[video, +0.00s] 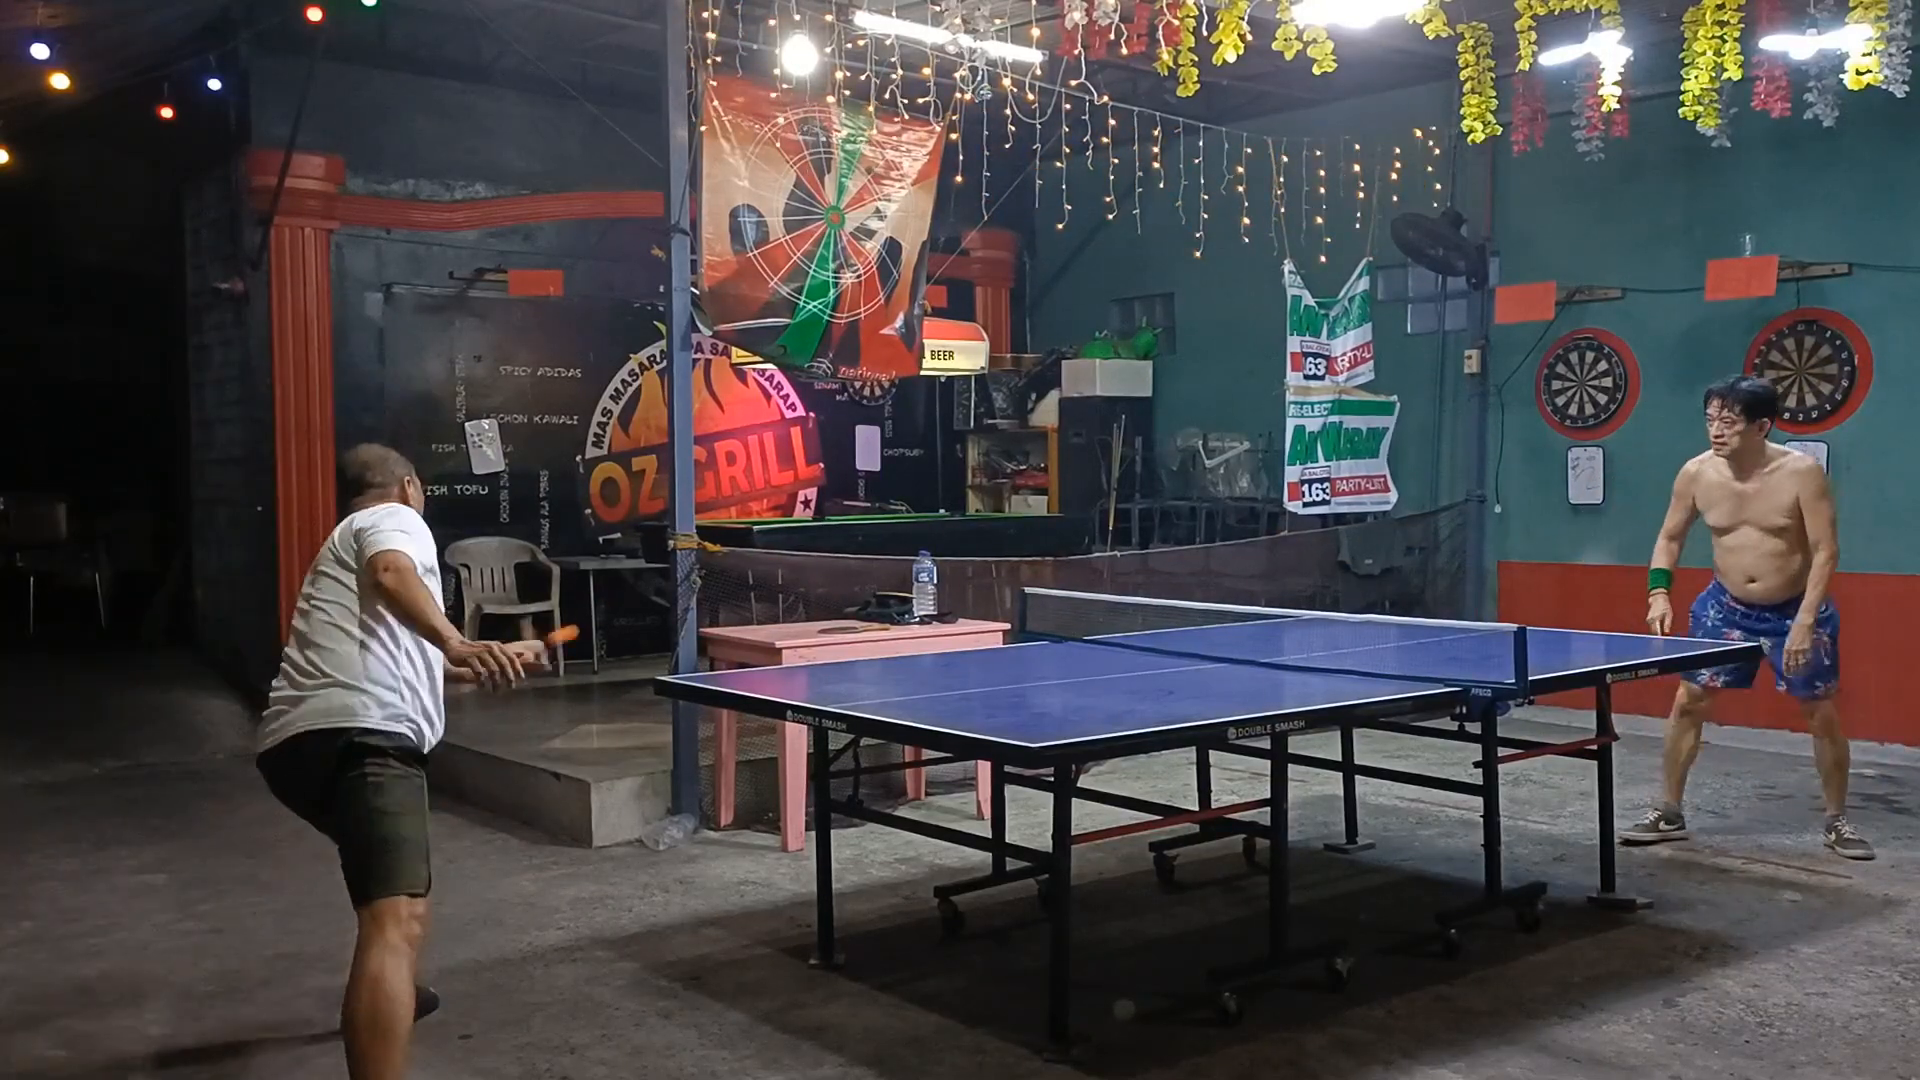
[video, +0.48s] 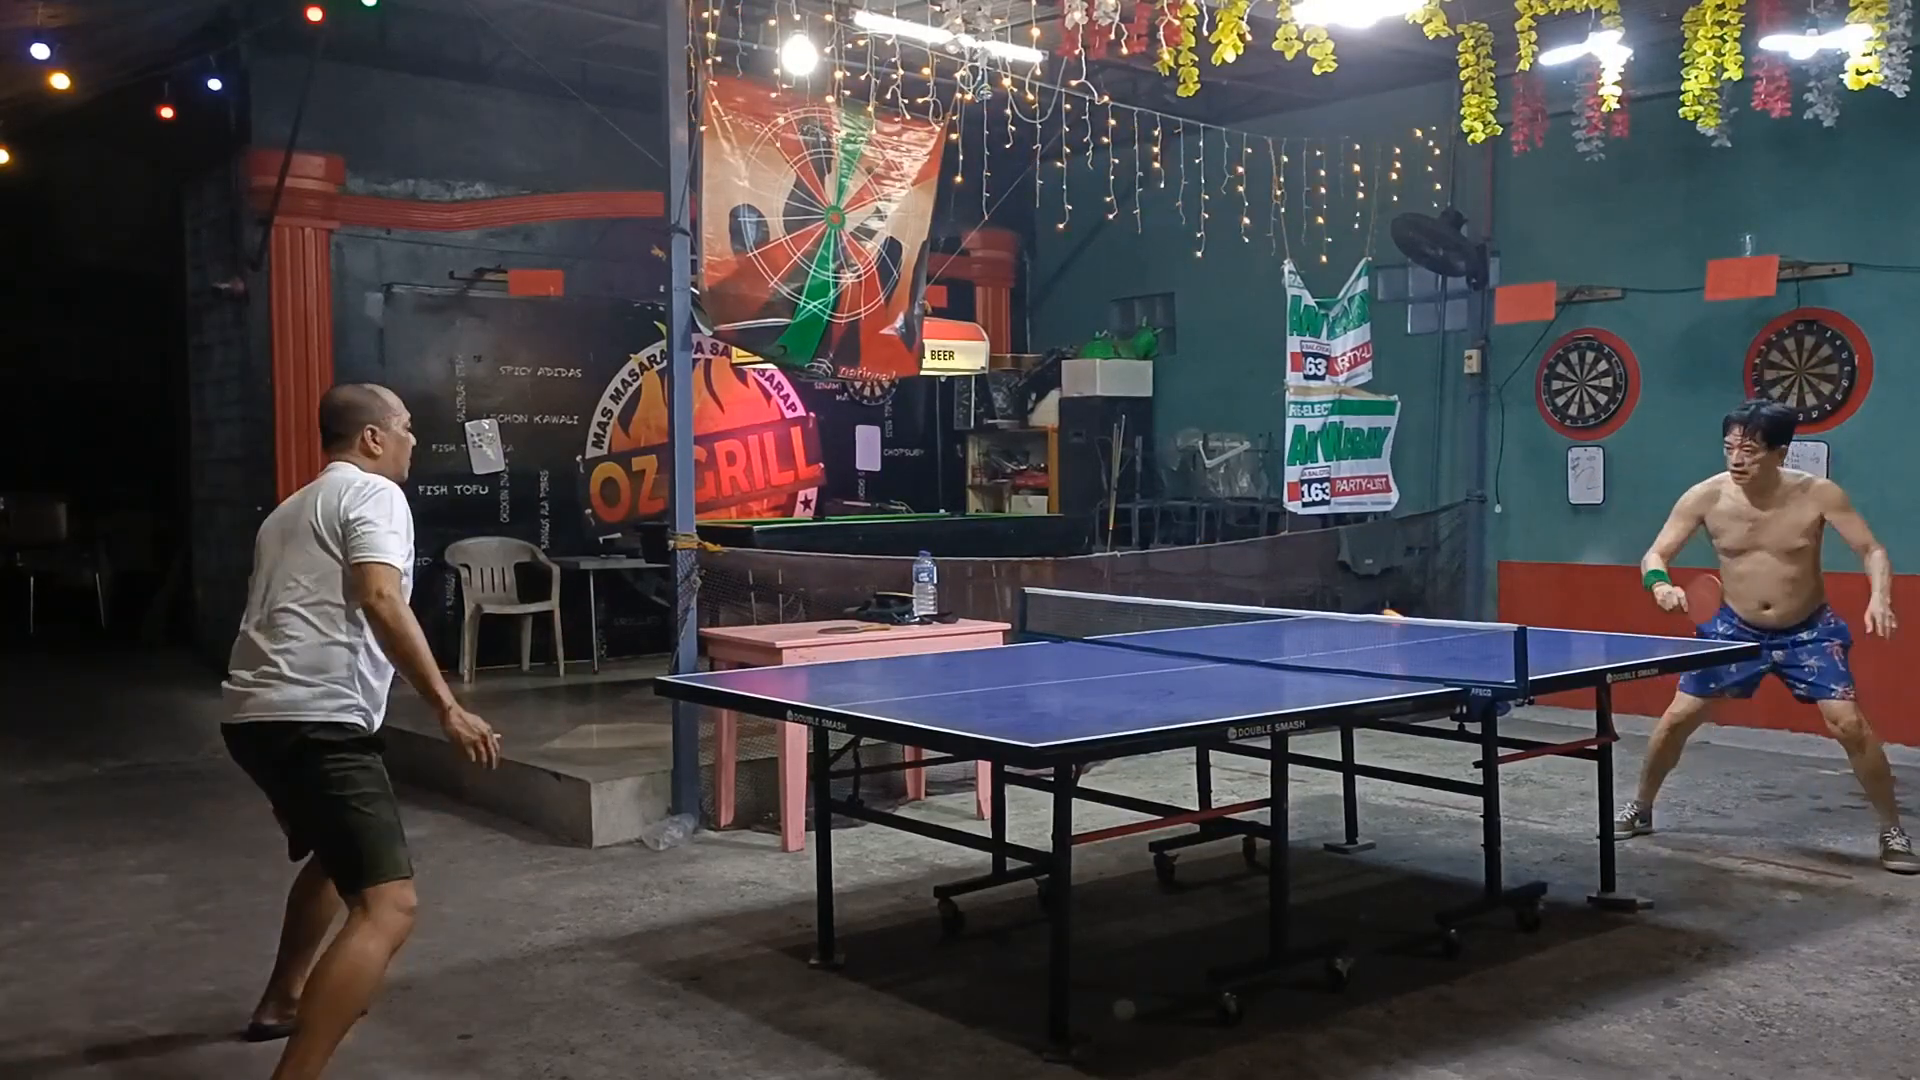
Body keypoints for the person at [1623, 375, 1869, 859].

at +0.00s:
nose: (1717, 429)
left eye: (1729, 419)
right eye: (1712, 418)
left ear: (1762, 425)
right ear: (1706, 422)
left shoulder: (1802, 473)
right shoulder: (1696, 474)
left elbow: (1825, 553)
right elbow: (1670, 538)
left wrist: (1804, 624)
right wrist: (1658, 592)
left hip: (1796, 614)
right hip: (1725, 610)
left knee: (1823, 717)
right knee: (1687, 702)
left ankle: (1837, 821)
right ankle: (1669, 811)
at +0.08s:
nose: (1723, 420)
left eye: (1735, 411)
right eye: (1719, 410)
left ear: (1768, 416)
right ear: (1713, 412)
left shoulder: (1808, 461)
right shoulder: (1701, 466)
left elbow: (1834, 542)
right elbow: (1680, 531)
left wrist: (1808, 612)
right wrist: (1673, 586)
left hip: (1806, 604)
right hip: (1733, 603)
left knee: (1836, 710)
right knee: (1707, 701)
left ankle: (1851, 812)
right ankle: (1703, 811)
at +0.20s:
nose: (1732, 429)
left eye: (1744, 420)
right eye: (1727, 419)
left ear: (1776, 425)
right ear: (1723, 420)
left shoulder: (1816, 470)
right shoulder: (1710, 474)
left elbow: (1850, 546)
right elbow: (1683, 538)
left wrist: (1815, 612)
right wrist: (1676, 587)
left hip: (1815, 611)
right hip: (1740, 613)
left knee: (1849, 713)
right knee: (1705, 706)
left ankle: (1887, 829)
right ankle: (1703, 814)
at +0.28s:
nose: (1744, 442)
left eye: (1756, 434)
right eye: (1739, 432)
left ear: (1788, 439)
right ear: (1734, 432)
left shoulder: (1829, 484)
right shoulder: (1721, 486)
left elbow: (1863, 557)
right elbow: (1684, 549)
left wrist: (1833, 613)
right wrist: (1673, 588)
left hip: (1821, 624)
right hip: (1747, 620)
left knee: (1861, 719)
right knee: (1695, 704)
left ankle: (1892, 831)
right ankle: (1694, 807)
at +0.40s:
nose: (1746, 449)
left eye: (1759, 440)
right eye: (1741, 437)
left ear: (1789, 444)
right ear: (1736, 438)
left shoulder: (1830, 487)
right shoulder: (1719, 490)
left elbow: (1874, 552)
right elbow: (1675, 549)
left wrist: (1860, 601)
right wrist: (1666, 576)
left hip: (1820, 626)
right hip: (1746, 622)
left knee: (1856, 723)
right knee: (1688, 707)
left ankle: (1892, 831)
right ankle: (1660, 803)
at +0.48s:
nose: (1736, 457)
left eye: (1749, 448)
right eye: (1731, 446)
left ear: (1778, 451)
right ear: (1725, 445)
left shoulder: (1820, 495)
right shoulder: (1707, 496)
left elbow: (1872, 551)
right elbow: (1655, 556)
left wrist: (1880, 599)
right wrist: (1662, 584)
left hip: (1809, 636)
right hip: (1733, 634)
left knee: (1850, 725)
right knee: (1675, 719)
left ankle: (1892, 830)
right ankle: (1640, 810)